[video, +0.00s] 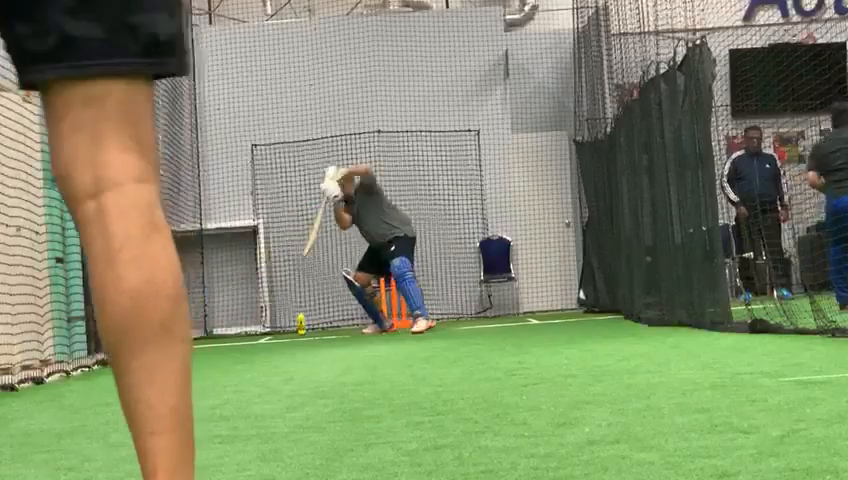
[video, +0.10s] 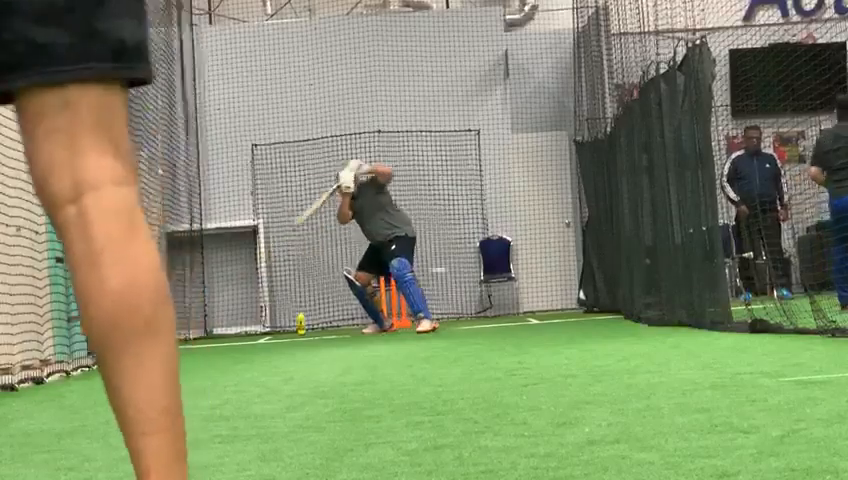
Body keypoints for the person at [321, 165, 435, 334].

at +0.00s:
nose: (342, 187)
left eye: (344, 182)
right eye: (339, 184)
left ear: (352, 181)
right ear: (338, 188)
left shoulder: (367, 191)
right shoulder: (349, 206)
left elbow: (366, 170)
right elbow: (344, 224)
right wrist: (336, 200)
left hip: (400, 235)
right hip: (379, 244)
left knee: (400, 268)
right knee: (358, 281)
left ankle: (421, 317)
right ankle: (381, 323)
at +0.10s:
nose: (349, 181)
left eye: (350, 177)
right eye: (345, 180)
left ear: (357, 177)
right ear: (343, 184)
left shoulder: (372, 186)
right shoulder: (350, 202)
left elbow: (387, 172)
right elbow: (343, 219)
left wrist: (365, 169)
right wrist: (346, 195)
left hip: (400, 234)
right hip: (379, 242)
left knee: (399, 269)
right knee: (360, 280)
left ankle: (425, 318)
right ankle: (381, 323)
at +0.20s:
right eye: (356, 179)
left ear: (366, 174)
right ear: (353, 181)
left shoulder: (379, 184)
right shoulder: (356, 198)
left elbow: (401, 182)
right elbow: (343, 212)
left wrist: (380, 174)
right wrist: (348, 187)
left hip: (403, 234)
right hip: (382, 242)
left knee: (400, 270)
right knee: (361, 281)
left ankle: (425, 319)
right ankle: (381, 323)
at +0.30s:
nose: (363, 182)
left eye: (365, 177)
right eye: (359, 180)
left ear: (372, 175)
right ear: (357, 182)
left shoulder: (386, 185)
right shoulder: (361, 197)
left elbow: (405, 191)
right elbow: (347, 209)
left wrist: (384, 181)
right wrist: (352, 185)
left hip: (407, 236)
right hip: (385, 242)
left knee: (402, 269)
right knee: (363, 281)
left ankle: (426, 319)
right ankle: (381, 323)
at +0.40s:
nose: (366, 181)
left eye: (367, 177)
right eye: (363, 178)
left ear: (375, 173)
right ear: (364, 181)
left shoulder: (394, 182)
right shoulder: (370, 196)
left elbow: (409, 199)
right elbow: (356, 210)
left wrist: (384, 189)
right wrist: (359, 186)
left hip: (412, 235)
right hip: (391, 241)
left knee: (404, 270)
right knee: (369, 279)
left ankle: (427, 320)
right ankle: (382, 323)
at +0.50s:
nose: (373, 174)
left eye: (375, 170)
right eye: (371, 171)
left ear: (387, 166)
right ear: (371, 171)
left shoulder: (405, 181)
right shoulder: (378, 187)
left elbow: (409, 202)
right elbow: (368, 214)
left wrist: (382, 199)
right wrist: (364, 197)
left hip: (419, 234)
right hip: (398, 239)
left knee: (406, 265)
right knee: (376, 267)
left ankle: (428, 321)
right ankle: (382, 321)